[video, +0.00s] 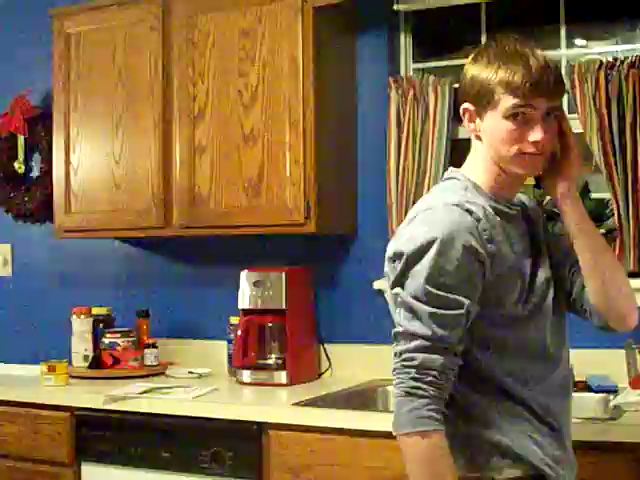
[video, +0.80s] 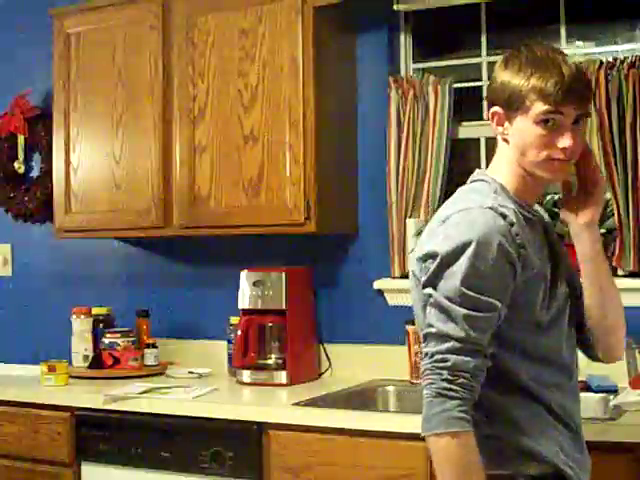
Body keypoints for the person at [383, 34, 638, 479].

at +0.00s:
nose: (540, 135)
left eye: (550, 117)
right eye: (520, 115)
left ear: (560, 124)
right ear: (472, 121)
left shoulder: (536, 217)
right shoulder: (446, 228)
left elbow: (621, 315)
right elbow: (415, 419)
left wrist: (567, 196)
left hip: (551, 458)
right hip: (493, 466)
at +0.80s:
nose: (569, 142)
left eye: (577, 124)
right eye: (550, 122)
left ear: (586, 127)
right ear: (501, 124)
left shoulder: (534, 222)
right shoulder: (479, 229)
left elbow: (609, 348)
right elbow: (445, 416)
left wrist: (585, 227)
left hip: (559, 461)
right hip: (513, 468)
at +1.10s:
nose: (580, 126)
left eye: (592, 109)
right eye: (560, 108)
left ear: (603, 118)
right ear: (517, 116)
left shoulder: (558, 222)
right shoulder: (482, 229)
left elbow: (544, 375)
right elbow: (489, 414)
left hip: (560, 460)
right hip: (506, 468)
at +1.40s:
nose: (593, 114)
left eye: (603, 98)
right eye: (572, 96)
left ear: (613, 109)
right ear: (528, 110)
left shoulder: (570, 227)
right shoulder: (492, 224)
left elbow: (562, 380)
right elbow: (495, 412)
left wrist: (572, 467)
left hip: (563, 462)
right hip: (512, 468)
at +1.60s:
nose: (611, 116)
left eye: (615, 103)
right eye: (593, 97)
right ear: (537, 104)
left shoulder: (553, 219)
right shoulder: (502, 221)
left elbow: (572, 384)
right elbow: (502, 413)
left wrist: (604, 472)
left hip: (567, 461)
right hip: (519, 467)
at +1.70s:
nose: (620, 121)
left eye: (620, 106)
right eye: (605, 100)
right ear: (548, 100)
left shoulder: (540, 215)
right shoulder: (508, 220)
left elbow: (567, 388)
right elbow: (507, 412)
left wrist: (614, 472)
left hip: (559, 461)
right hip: (520, 466)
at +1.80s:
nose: (622, 125)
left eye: (621, 110)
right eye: (610, 104)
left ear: (557, 102)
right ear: (557, 99)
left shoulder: (531, 213)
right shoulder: (516, 221)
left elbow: (562, 396)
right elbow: (515, 414)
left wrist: (609, 473)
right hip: (521, 467)